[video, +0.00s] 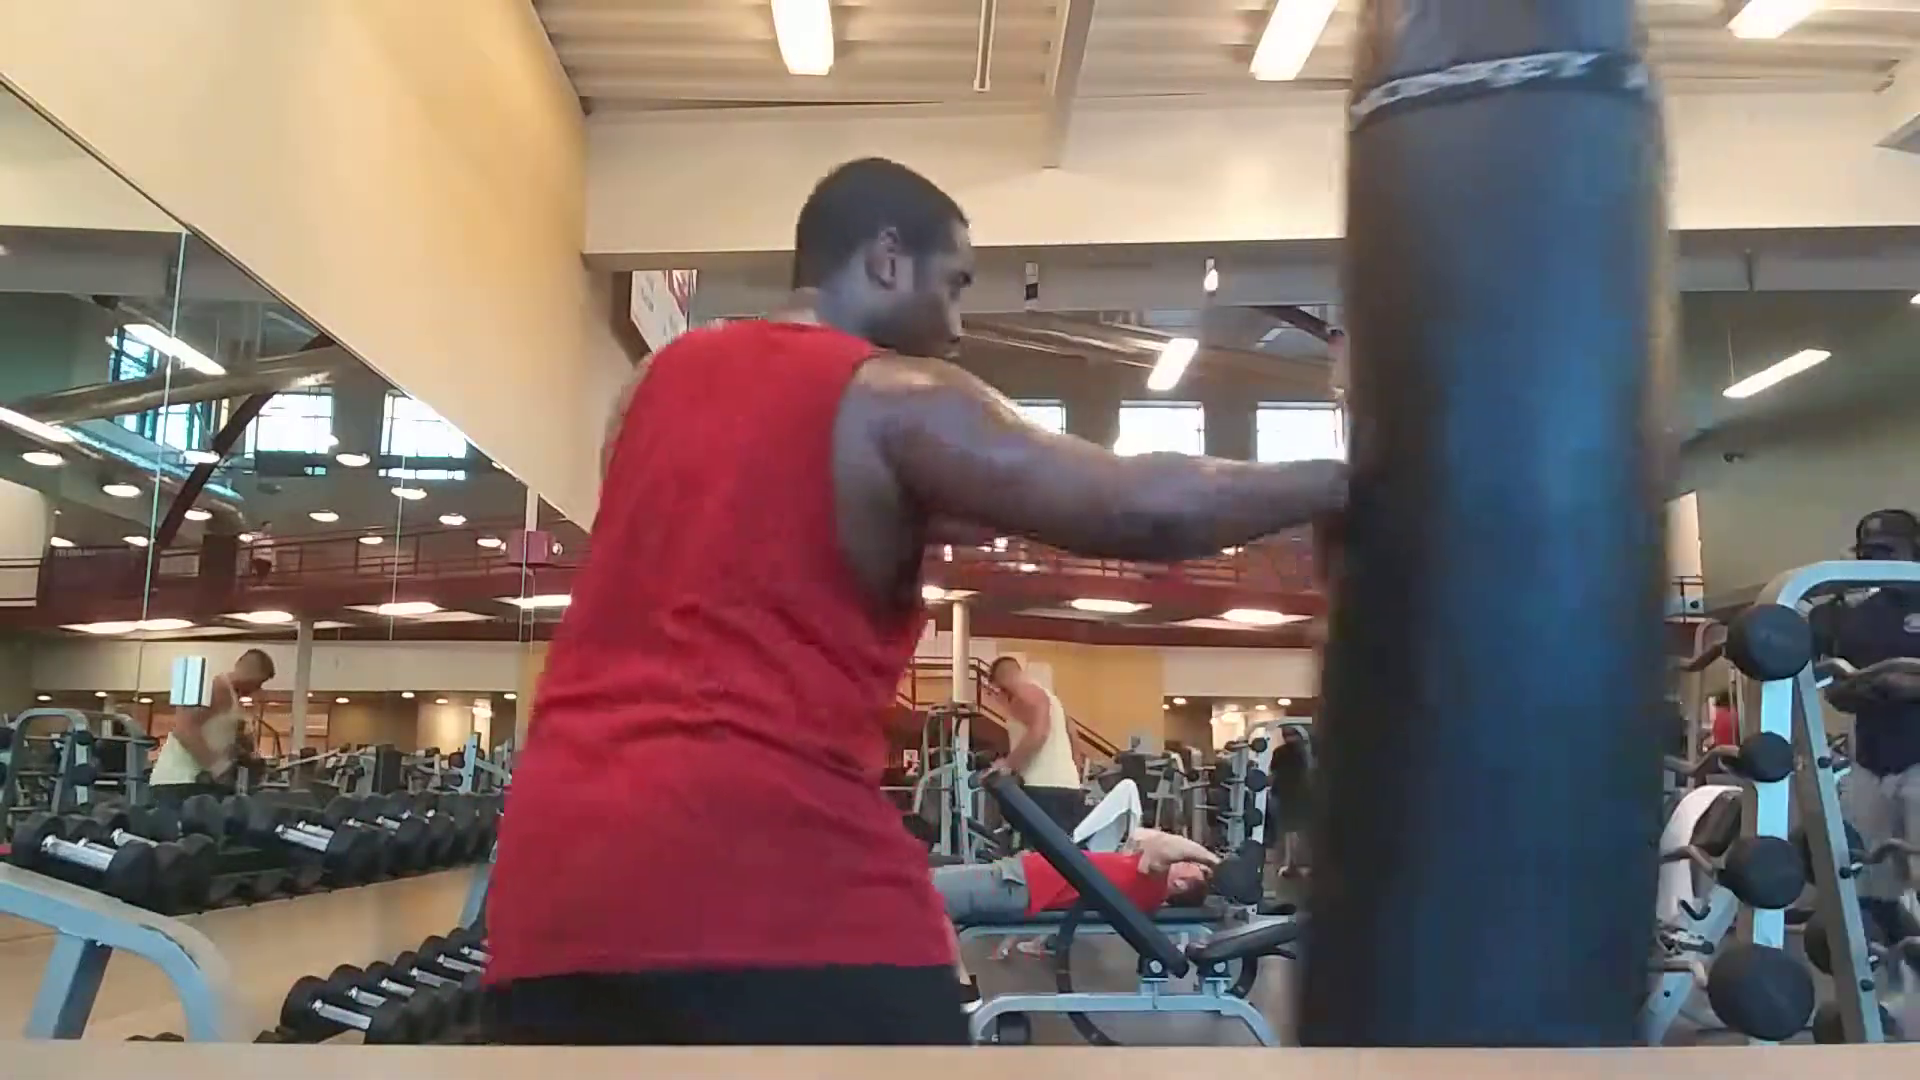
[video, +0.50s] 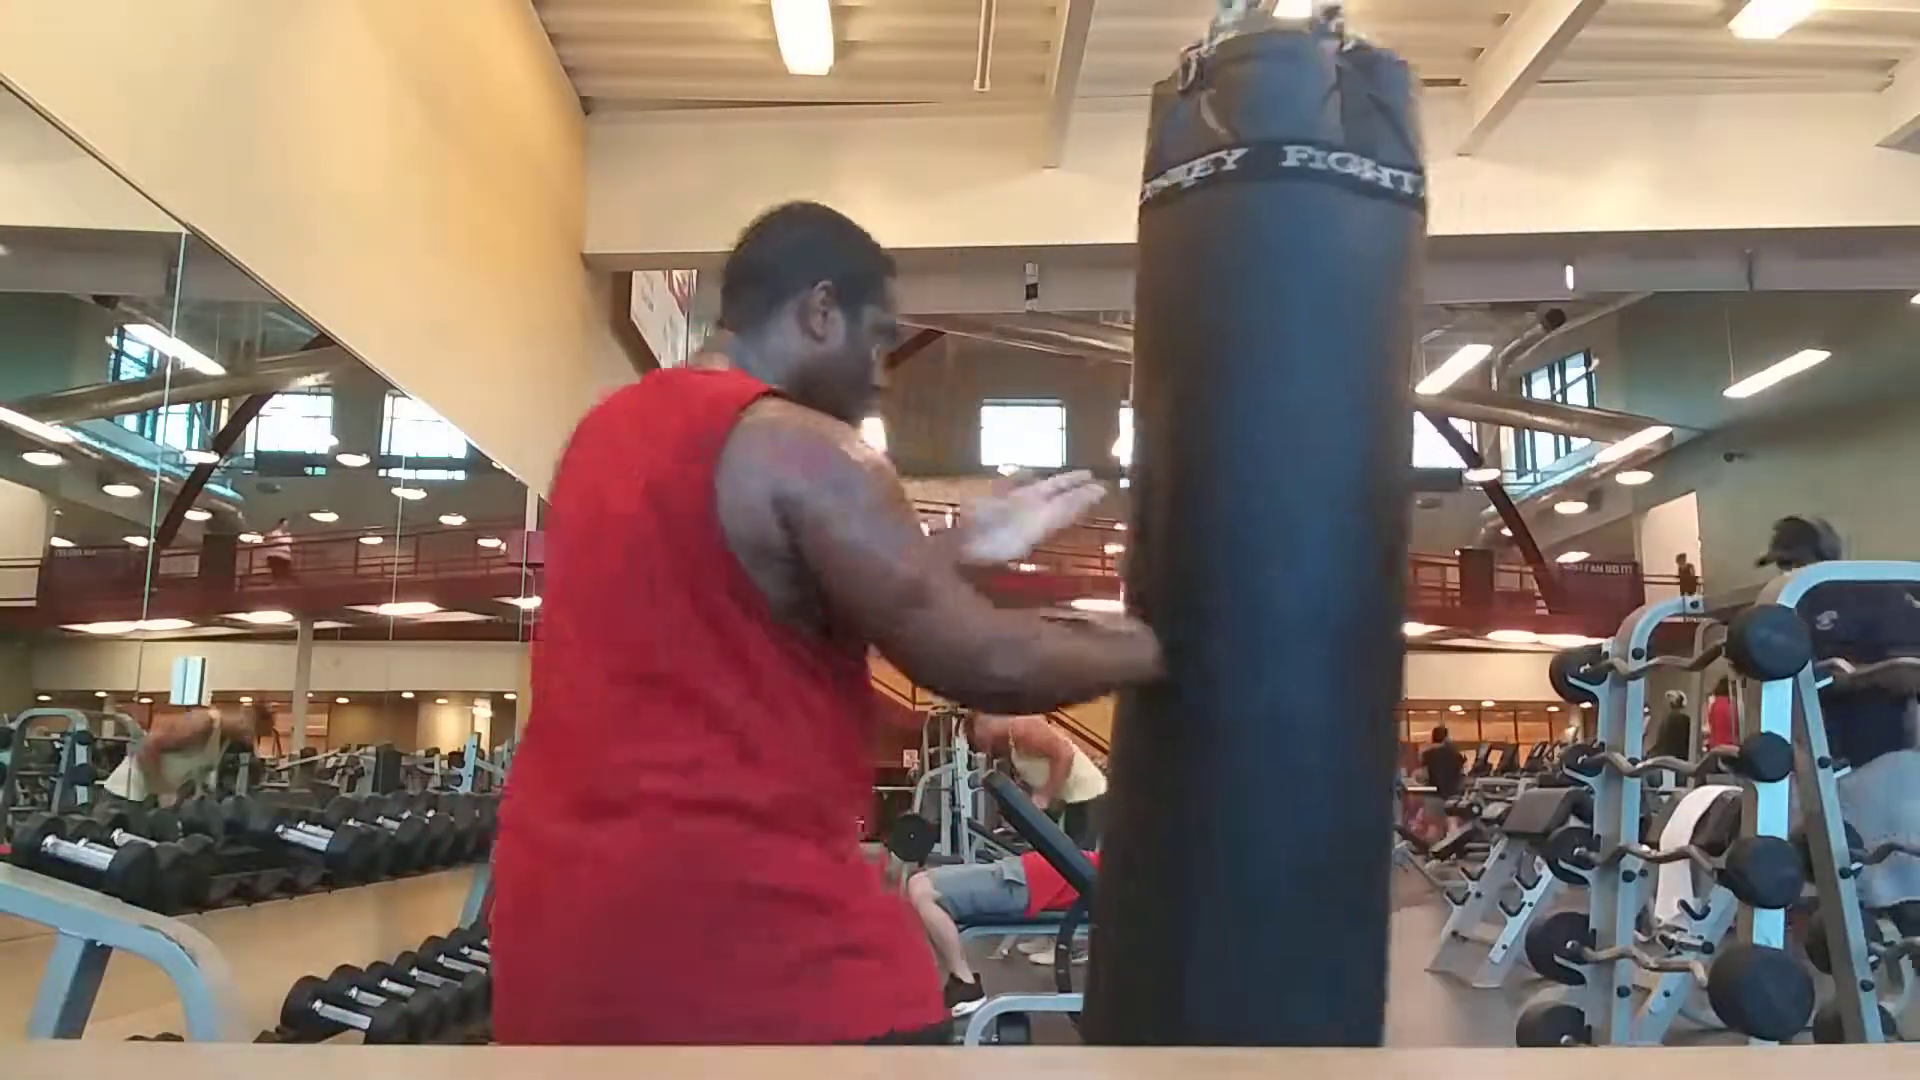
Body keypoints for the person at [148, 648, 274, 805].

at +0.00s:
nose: (258, 688)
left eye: (261, 683)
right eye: (260, 681)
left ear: (241, 667)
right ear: (251, 675)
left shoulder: (231, 698)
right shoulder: (217, 689)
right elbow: (184, 727)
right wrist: (216, 766)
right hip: (178, 782)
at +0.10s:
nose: (256, 691)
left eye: (260, 686)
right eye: (259, 685)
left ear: (244, 669)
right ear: (249, 674)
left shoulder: (231, 703)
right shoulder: (211, 689)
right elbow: (170, 725)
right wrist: (203, 763)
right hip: (167, 784)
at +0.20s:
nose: (255, 695)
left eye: (260, 690)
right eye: (258, 688)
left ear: (245, 674)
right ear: (247, 677)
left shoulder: (232, 706)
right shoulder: (209, 693)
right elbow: (163, 726)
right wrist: (191, 768)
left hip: (185, 790)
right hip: (157, 787)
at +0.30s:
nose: (253, 708)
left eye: (259, 704)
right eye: (257, 701)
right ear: (246, 687)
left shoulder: (226, 715)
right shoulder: (206, 697)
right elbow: (158, 730)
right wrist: (179, 776)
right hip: (150, 789)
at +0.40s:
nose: (256, 718)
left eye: (260, 715)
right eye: (258, 712)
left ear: (248, 699)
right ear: (247, 699)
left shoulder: (224, 725)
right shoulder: (206, 711)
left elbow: (201, 763)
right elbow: (156, 734)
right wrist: (168, 787)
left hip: (162, 795)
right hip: (135, 789)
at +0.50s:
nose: (248, 737)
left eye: (252, 734)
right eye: (250, 731)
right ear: (242, 718)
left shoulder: (220, 738)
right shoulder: (203, 724)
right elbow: (148, 746)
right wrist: (162, 791)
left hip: (145, 799)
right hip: (122, 795)